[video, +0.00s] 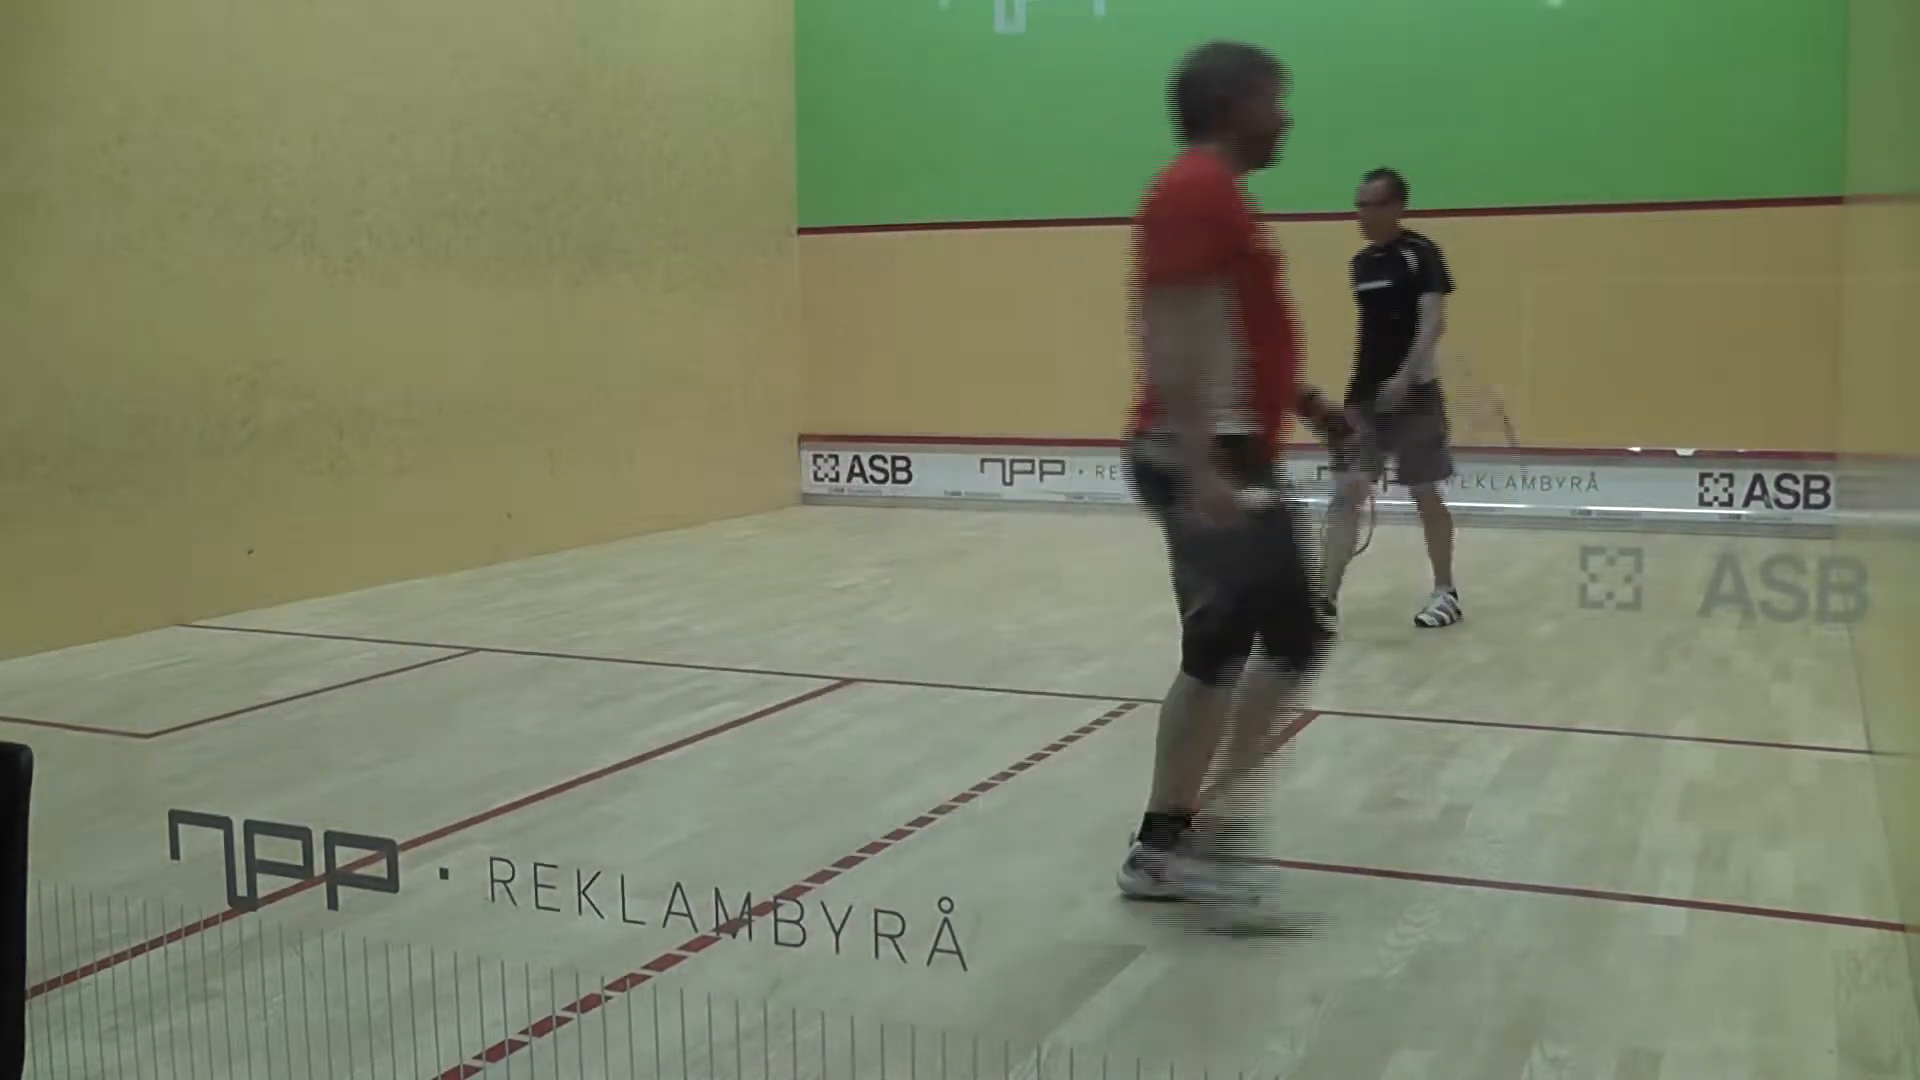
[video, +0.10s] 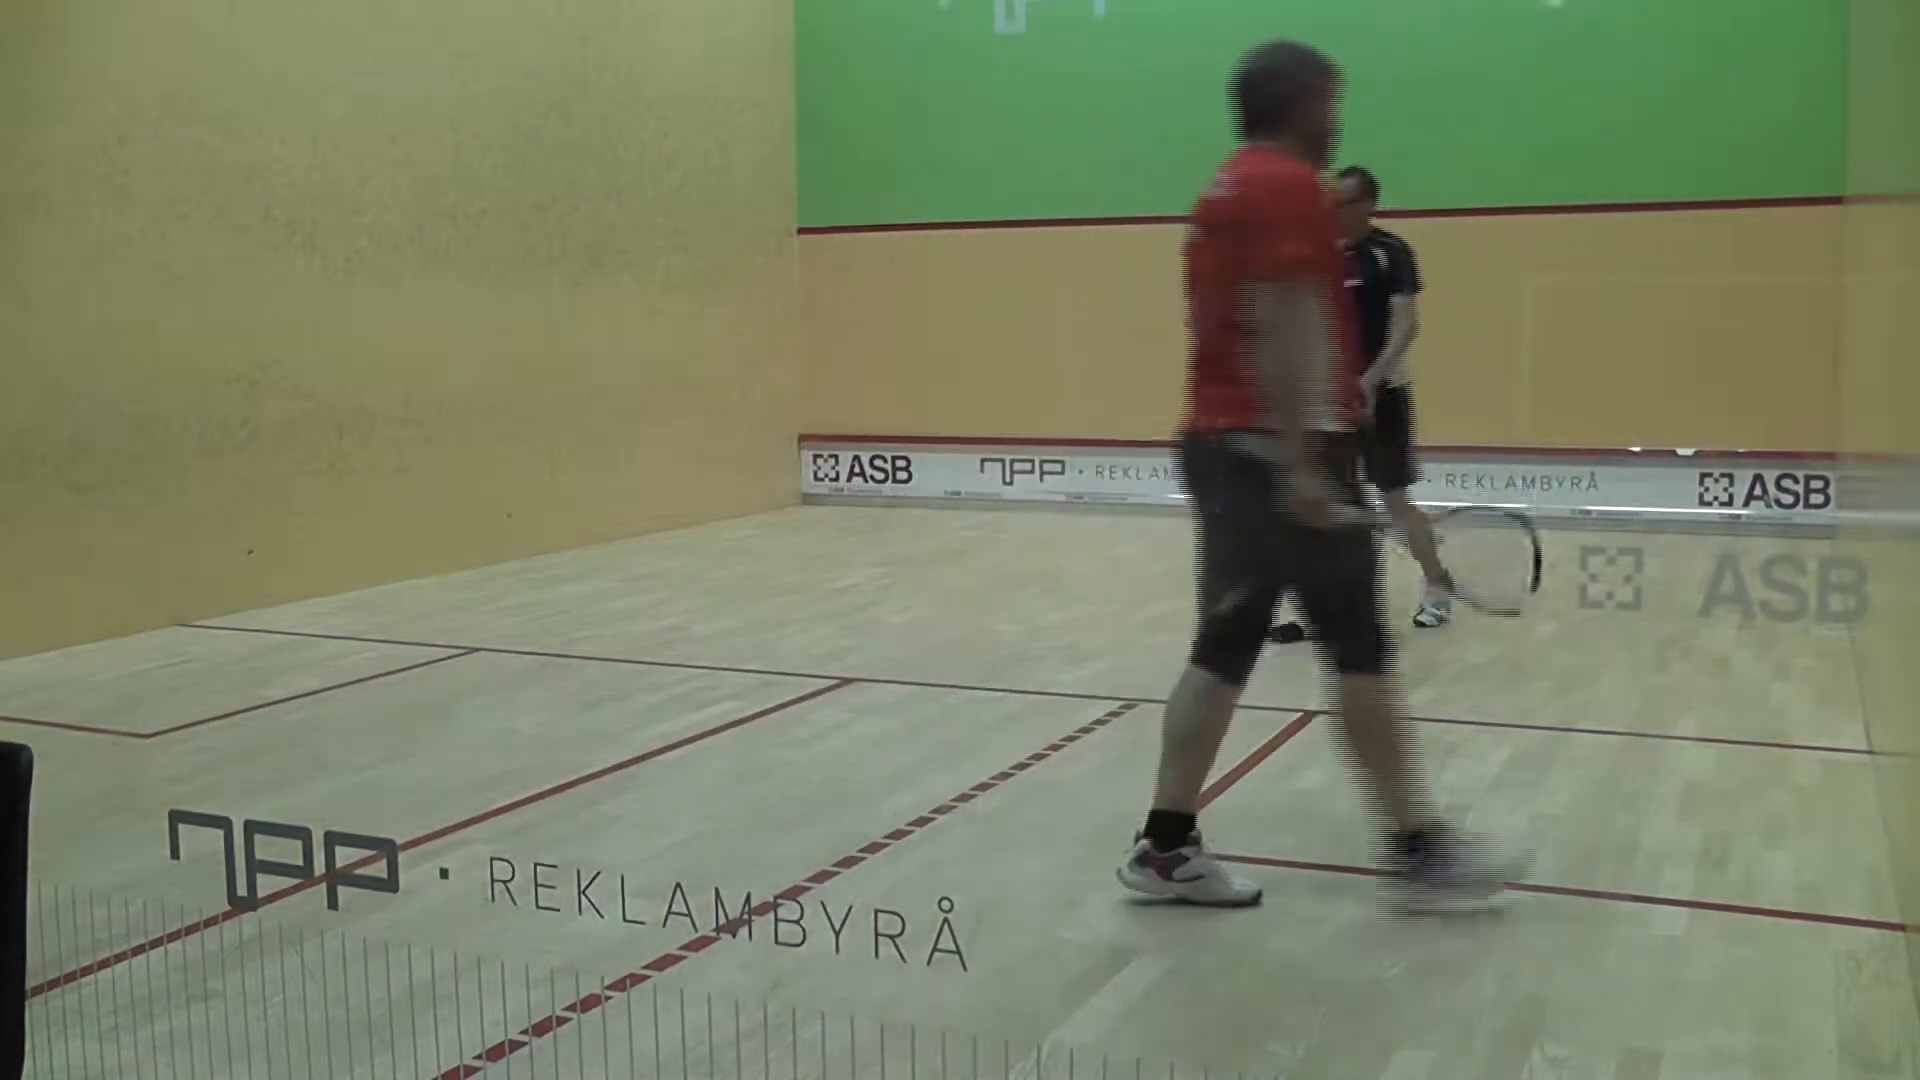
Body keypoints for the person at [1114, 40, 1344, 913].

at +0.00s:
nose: (1284, 114)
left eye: (1281, 98)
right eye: (1272, 98)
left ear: (1220, 109)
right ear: (1229, 108)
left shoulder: (1217, 194)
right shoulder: (1195, 189)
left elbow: (1240, 337)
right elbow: (1184, 339)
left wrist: (1312, 406)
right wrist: (1206, 466)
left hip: (1217, 455)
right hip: (1205, 459)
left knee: (1227, 645)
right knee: (1283, 640)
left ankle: (1185, 830)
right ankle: (1182, 838)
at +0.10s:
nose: (1337, 117)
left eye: (1335, 103)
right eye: (1329, 103)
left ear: (1262, 107)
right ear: (1299, 106)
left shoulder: (1232, 187)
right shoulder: (1287, 187)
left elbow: (1237, 330)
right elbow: (1285, 330)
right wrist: (1299, 458)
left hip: (1224, 450)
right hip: (1286, 452)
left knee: (1226, 642)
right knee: (1357, 639)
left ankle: (1165, 844)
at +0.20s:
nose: (1374, 127)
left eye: (1371, 112)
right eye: (1366, 113)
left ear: (1293, 118)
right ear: (1344, 120)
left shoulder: (1247, 200)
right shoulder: (1349, 203)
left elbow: (1222, 336)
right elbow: (1355, 342)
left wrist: (1309, 383)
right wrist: (1383, 473)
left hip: (1255, 458)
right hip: (1337, 459)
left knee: (1259, 641)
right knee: (1416, 647)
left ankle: (1175, 838)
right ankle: (1463, 849)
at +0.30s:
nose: (1432, 134)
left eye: (1427, 120)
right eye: (1428, 122)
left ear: (1346, 129)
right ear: (1415, 126)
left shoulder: (1291, 214)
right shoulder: (1429, 212)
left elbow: (1263, 340)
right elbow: (1457, 345)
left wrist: (1291, 428)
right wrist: (1480, 446)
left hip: (1315, 474)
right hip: (1417, 470)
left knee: (1339, 637)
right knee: (1467, 651)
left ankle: (1235, 788)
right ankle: (1471, 853)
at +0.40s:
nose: (1460, 129)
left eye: (1449, 117)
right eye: (1457, 118)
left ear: (1376, 124)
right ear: (1447, 122)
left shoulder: (1314, 212)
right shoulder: (1468, 207)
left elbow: (1295, 349)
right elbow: (1540, 335)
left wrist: (1312, 441)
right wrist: (1578, 433)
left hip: (1354, 462)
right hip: (1448, 454)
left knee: (1380, 622)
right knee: (1479, 652)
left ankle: (1309, 758)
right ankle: (1471, 853)